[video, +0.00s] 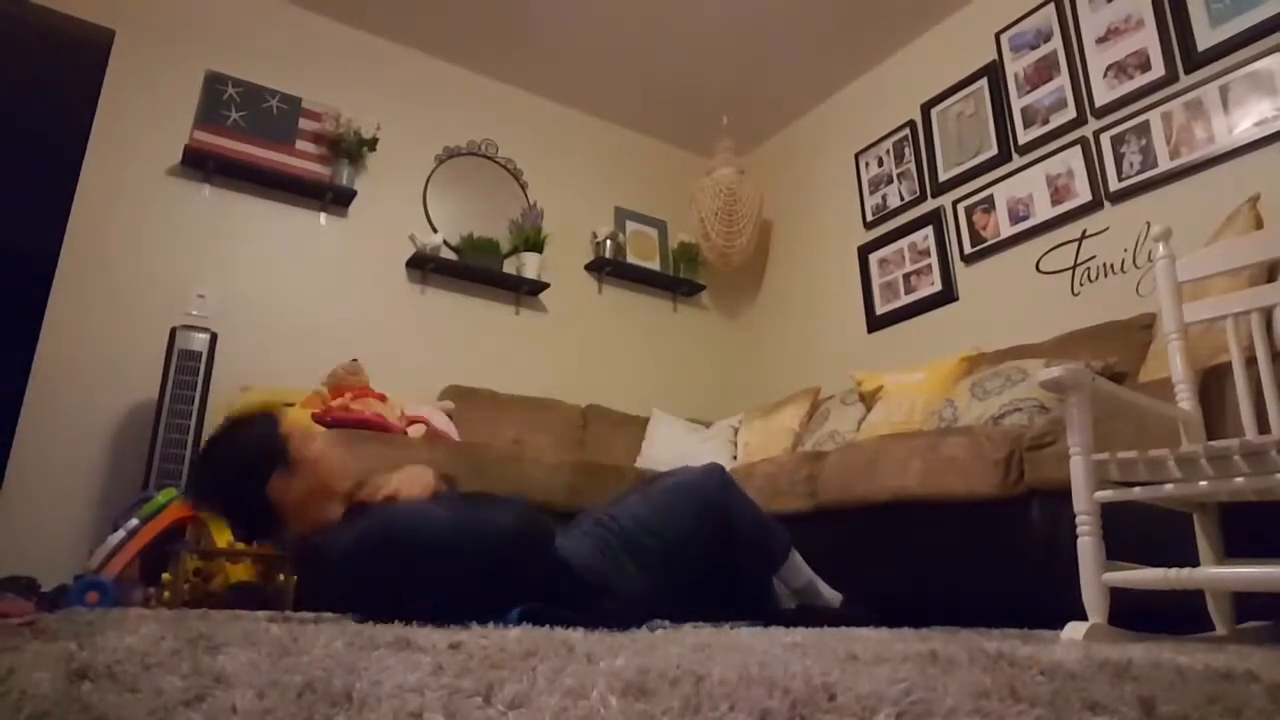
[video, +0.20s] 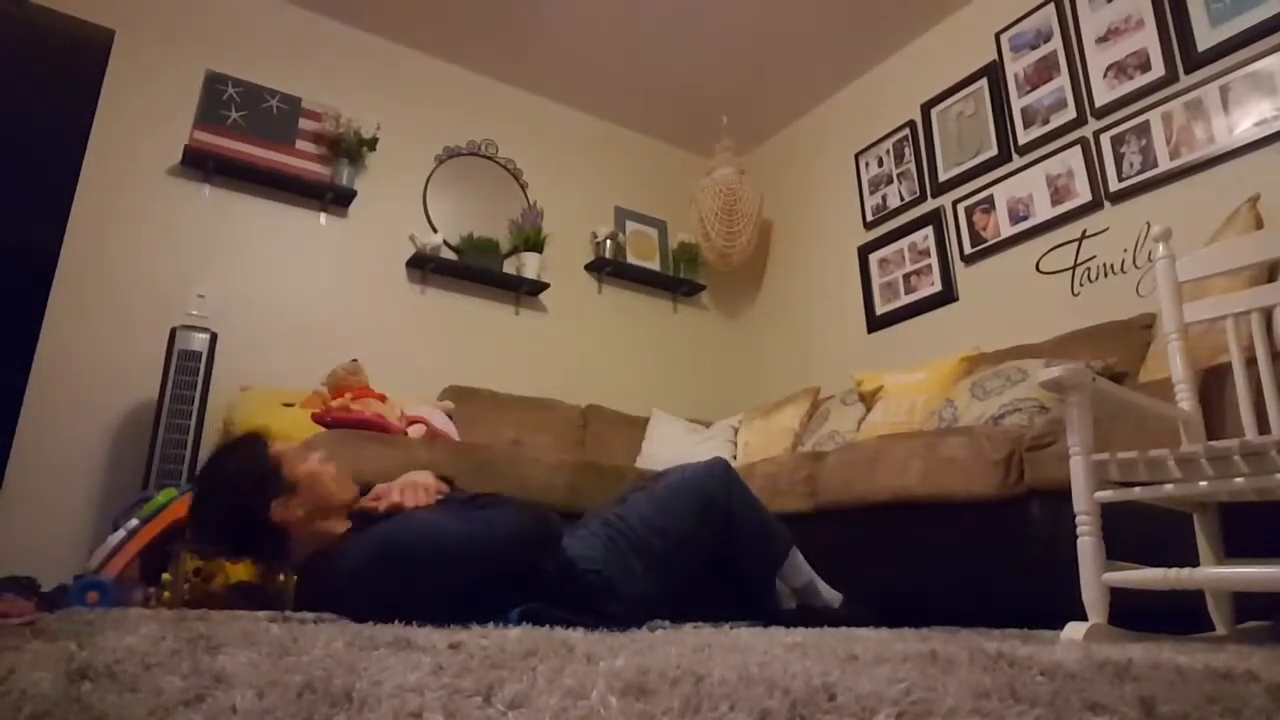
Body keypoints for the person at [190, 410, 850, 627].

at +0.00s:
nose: (326, 439)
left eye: (311, 431)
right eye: (306, 441)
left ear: (287, 493)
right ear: (285, 490)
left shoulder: (327, 560)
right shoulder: (367, 546)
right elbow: (529, 531)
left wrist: (430, 492)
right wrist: (436, 490)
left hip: (554, 572)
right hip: (577, 582)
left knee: (680, 493)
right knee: (707, 487)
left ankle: (779, 601)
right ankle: (810, 597)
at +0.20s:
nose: (324, 457)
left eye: (307, 451)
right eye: (305, 460)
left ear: (291, 514)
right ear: (289, 510)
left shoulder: (329, 568)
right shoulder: (373, 556)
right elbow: (533, 526)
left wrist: (430, 499)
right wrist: (442, 496)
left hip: (556, 572)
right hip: (581, 578)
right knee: (712, 480)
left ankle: (795, 612)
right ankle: (808, 597)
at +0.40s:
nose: (401, 401)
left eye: (388, 388)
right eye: (384, 393)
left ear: (332, 433)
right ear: (349, 422)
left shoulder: (331, 520)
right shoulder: (426, 490)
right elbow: (570, 510)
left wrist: (440, 457)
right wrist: (480, 458)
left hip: (532, 602)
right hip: (596, 591)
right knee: (718, 475)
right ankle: (816, 598)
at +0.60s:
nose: (526, 325)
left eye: (523, 312)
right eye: (515, 312)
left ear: (465, 325)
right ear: (486, 318)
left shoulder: (451, 404)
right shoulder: (526, 392)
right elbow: (623, 483)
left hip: (527, 590)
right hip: (593, 592)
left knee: (714, 472)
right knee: (720, 472)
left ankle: (806, 596)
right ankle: (817, 597)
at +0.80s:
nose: (676, 364)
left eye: (679, 355)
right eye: (678, 353)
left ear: (622, 329)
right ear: (664, 334)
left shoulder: (573, 379)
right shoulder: (652, 368)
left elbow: (550, 487)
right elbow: (681, 489)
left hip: (570, 588)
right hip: (636, 591)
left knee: (727, 467)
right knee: (729, 471)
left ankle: (815, 592)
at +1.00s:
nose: (736, 415)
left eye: (740, 410)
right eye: (739, 405)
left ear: (691, 360)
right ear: (731, 379)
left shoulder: (627, 393)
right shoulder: (714, 383)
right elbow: (706, 503)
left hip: (584, 584)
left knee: (731, 462)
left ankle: (823, 592)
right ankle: (794, 598)